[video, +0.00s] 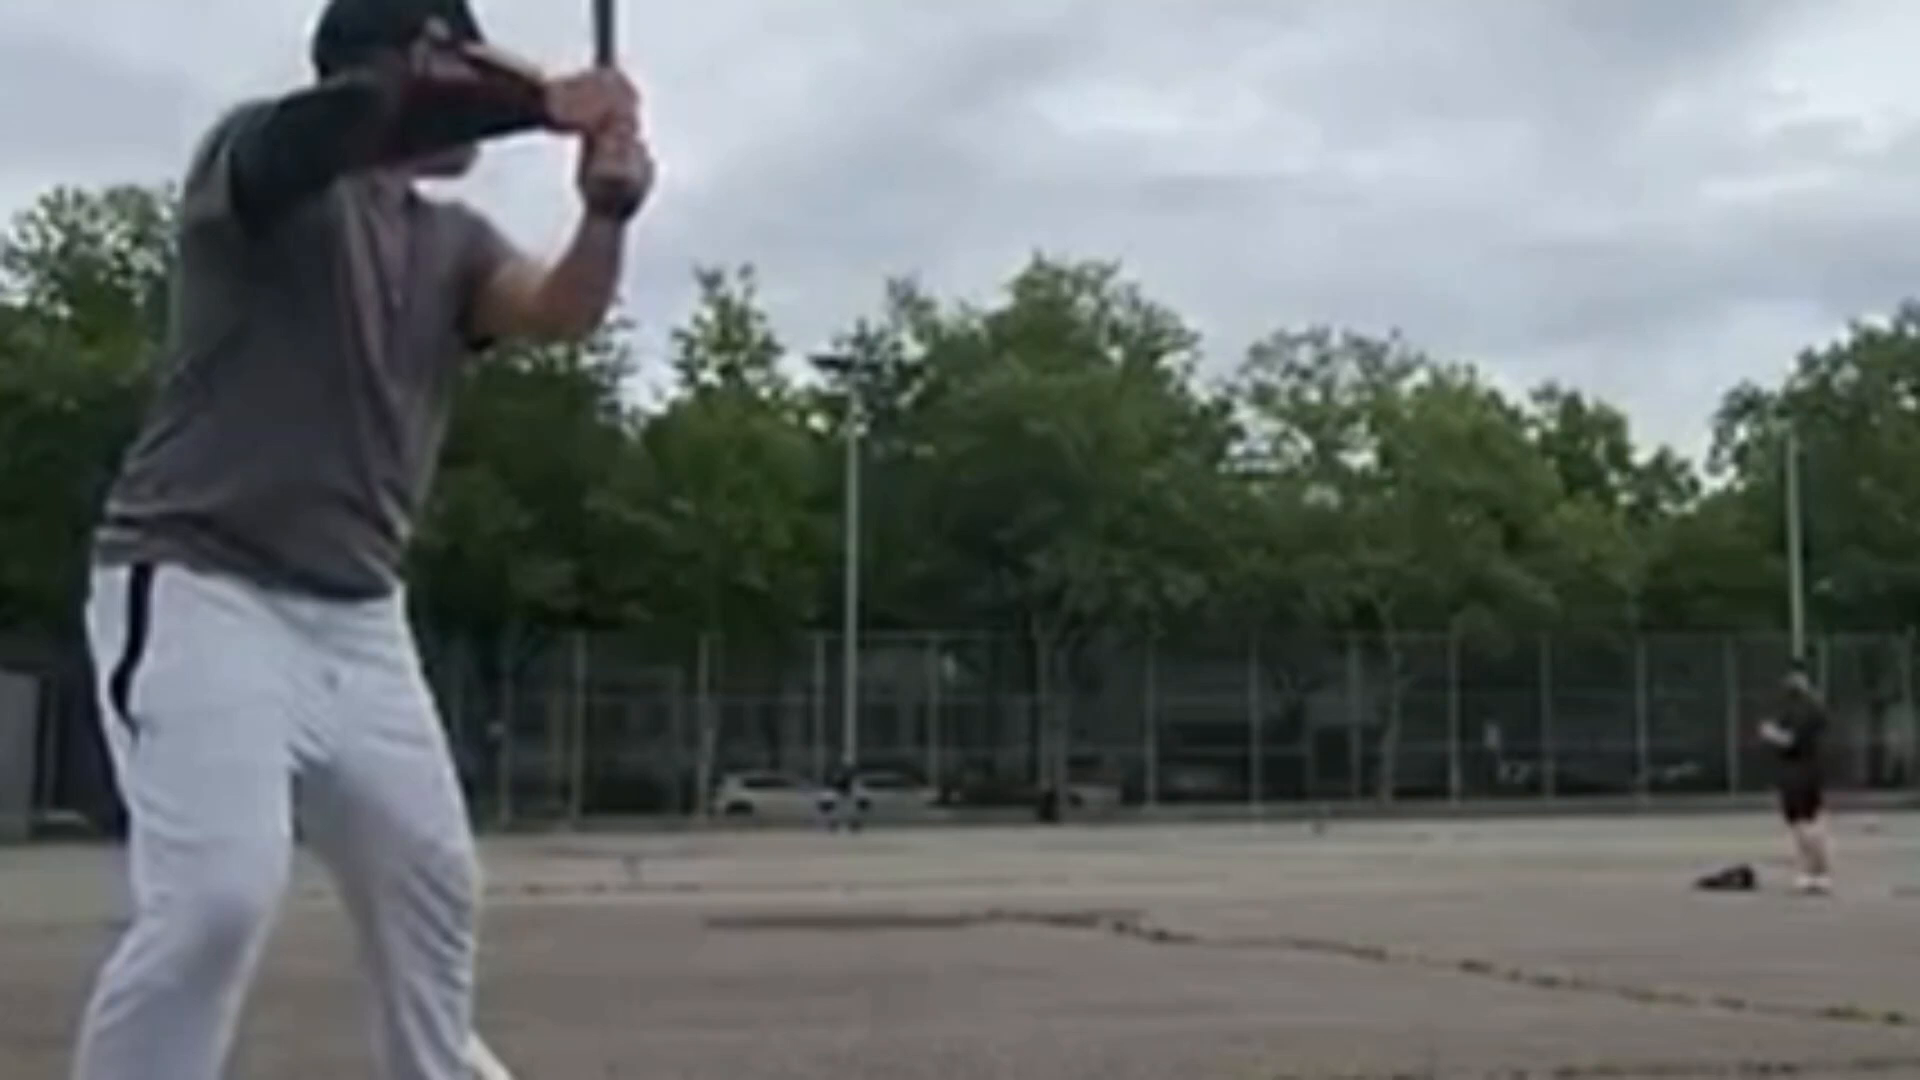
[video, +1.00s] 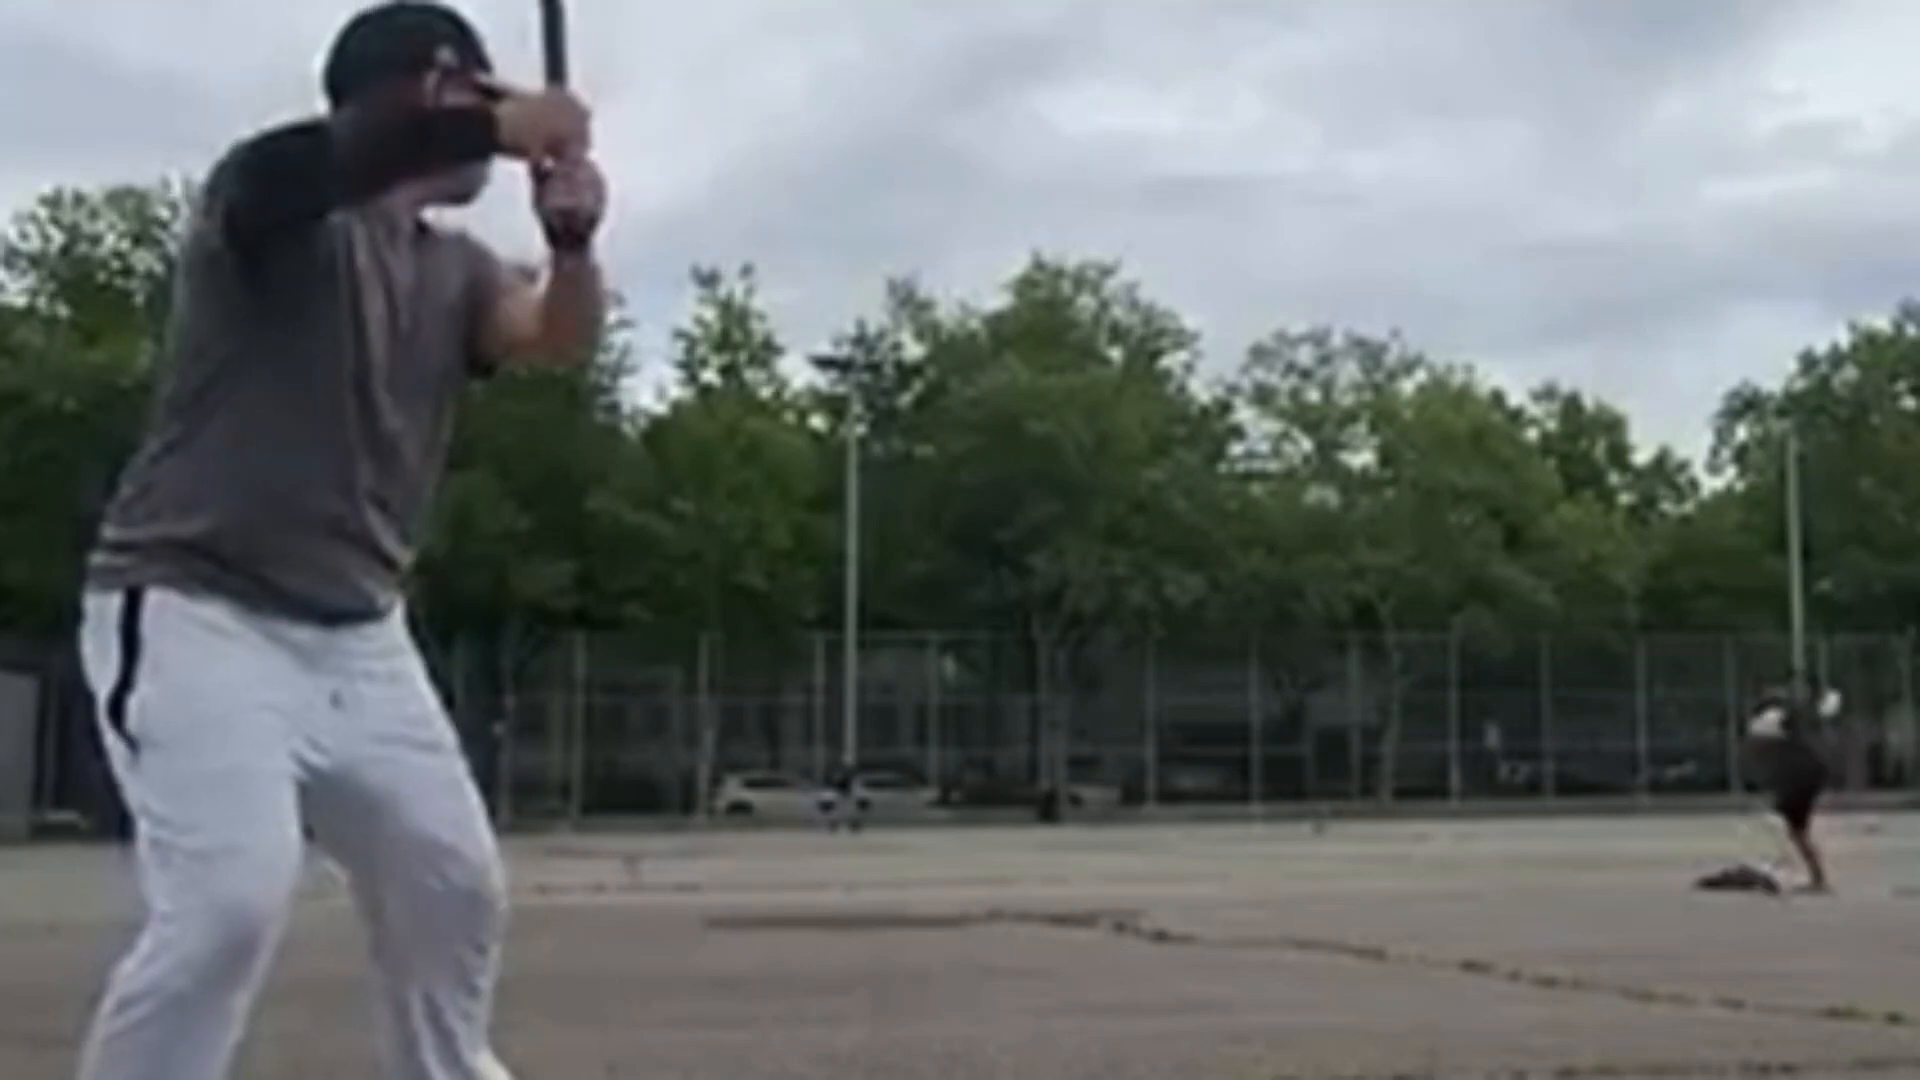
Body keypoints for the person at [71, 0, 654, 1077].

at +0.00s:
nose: (455, 86)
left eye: (463, 66)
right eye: (435, 60)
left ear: (456, 88)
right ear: (365, 68)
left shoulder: (450, 239)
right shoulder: (249, 166)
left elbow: (563, 309)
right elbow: (368, 111)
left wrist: (605, 213)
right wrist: (543, 102)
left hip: (358, 616)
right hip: (197, 593)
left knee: (432, 877)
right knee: (218, 897)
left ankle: (439, 1062)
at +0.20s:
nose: (471, 87)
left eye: (475, 66)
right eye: (447, 60)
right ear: (368, 69)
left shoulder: (452, 233)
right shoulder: (254, 168)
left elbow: (558, 307)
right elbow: (367, 106)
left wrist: (593, 199)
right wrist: (518, 84)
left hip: (361, 614)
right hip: (199, 590)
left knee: (431, 876)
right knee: (217, 893)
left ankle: (439, 1065)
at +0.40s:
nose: (474, 88)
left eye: (477, 67)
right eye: (450, 62)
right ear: (371, 70)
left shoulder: (453, 235)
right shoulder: (254, 172)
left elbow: (558, 306)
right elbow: (361, 112)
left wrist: (593, 200)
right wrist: (510, 83)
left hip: (362, 615)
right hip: (201, 591)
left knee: (435, 876)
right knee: (219, 895)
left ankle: (439, 1069)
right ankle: (127, 1073)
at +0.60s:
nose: (475, 110)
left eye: (480, 86)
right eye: (456, 78)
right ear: (382, 78)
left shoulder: (446, 246)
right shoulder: (256, 180)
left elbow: (557, 314)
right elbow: (313, 127)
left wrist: (592, 215)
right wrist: (527, 99)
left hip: (355, 615)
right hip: (194, 592)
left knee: (428, 878)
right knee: (218, 894)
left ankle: (440, 1069)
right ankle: (127, 1073)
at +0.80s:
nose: (477, 110)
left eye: (482, 85)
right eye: (458, 78)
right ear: (384, 79)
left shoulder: (448, 246)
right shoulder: (256, 177)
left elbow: (555, 317)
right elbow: (346, 113)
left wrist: (591, 217)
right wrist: (536, 99)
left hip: (353, 613)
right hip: (191, 590)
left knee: (431, 877)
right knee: (215, 892)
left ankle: (441, 1069)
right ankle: (125, 1072)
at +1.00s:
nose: (481, 114)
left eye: (484, 90)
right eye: (457, 84)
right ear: (395, 97)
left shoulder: (457, 266)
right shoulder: (262, 197)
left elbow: (559, 336)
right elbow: (353, 155)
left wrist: (570, 244)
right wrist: (502, 123)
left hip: (357, 633)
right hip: (189, 612)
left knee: (452, 882)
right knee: (230, 902)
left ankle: (449, 1066)